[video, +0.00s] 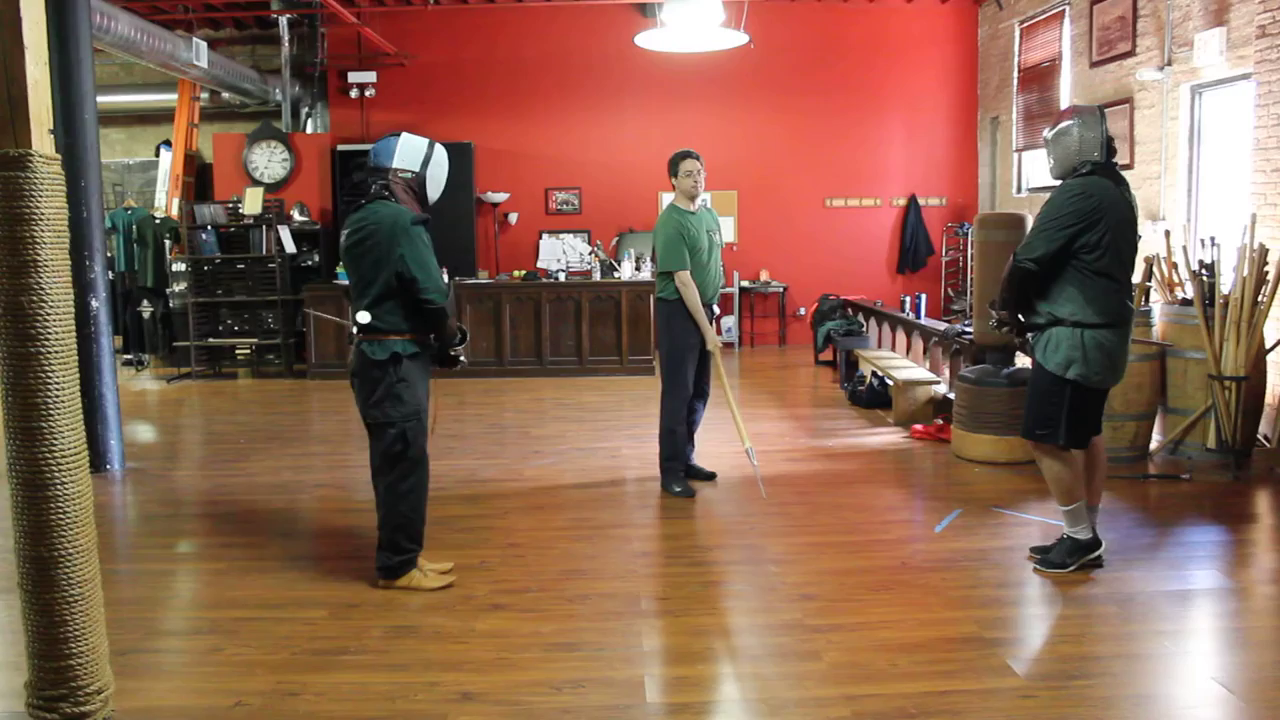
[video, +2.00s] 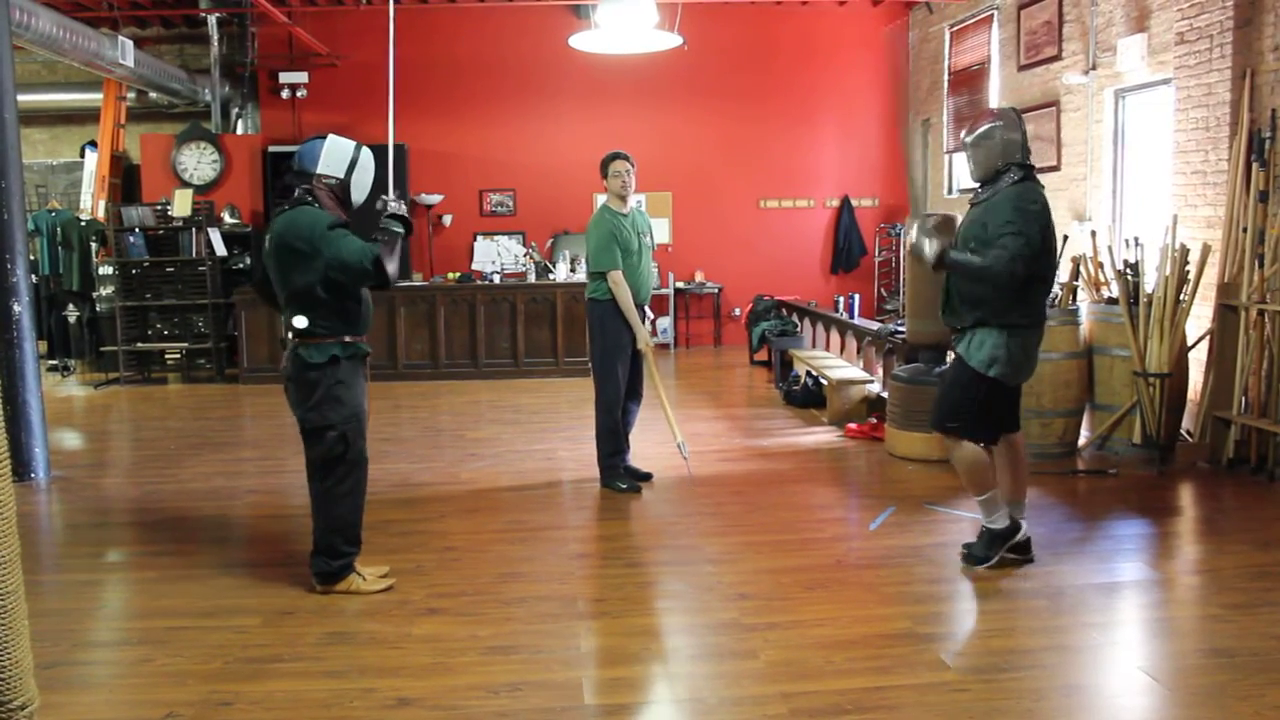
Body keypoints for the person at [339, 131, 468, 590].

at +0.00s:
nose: (427, 192)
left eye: (426, 183)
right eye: (422, 181)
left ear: (382, 178)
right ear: (403, 177)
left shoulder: (359, 222)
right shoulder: (401, 222)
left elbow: (377, 294)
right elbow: (432, 294)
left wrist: (434, 336)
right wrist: (450, 340)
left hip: (375, 357)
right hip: (396, 359)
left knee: (394, 461)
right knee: (404, 463)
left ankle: (399, 557)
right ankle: (398, 566)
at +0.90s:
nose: (418, 194)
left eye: (417, 186)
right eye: (412, 184)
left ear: (381, 181)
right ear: (391, 180)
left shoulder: (361, 221)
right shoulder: (387, 223)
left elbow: (423, 269)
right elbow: (436, 280)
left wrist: (480, 282)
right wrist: (492, 288)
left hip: (383, 355)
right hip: (398, 357)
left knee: (399, 460)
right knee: (410, 460)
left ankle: (399, 558)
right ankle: (400, 565)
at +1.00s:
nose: (394, 192)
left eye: (394, 183)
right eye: (390, 181)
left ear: (357, 176)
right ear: (369, 175)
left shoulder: (340, 219)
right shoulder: (351, 221)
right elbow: (399, 267)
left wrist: (430, 277)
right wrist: (460, 265)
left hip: (364, 353)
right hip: (368, 355)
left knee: (377, 458)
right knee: (380, 459)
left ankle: (373, 558)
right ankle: (372, 564)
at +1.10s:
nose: (379, 193)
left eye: (378, 184)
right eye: (374, 182)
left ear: (344, 180)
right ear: (351, 178)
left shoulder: (340, 221)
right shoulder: (324, 221)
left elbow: (369, 260)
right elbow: (367, 259)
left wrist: (434, 239)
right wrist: (436, 242)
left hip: (367, 355)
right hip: (349, 357)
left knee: (369, 459)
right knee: (364, 460)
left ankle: (361, 560)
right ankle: (358, 566)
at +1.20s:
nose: (352, 187)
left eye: (351, 179)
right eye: (346, 178)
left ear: (327, 179)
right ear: (325, 176)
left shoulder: (329, 218)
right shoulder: (299, 219)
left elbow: (357, 249)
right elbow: (331, 253)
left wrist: (404, 224)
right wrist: (382, 226)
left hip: (351, 353)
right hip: (328, 356)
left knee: (351, 457)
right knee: (343, 458)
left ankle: (343, 561)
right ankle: (339, 567)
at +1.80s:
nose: (350, 191)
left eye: (350, 182)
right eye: (345, 181)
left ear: (314, 178)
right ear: (324, 177)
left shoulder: (307, 223)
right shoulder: (297, 225)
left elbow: (347, 271)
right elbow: (344, 277)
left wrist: (404, 244)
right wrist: (401, 241)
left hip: (334, 358)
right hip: (319, 360)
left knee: (339, 462)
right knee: (336, 464)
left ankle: (336, 563)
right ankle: (334, 570)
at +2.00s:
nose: (354, 199)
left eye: (355, 191)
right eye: (351, 189)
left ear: (314, 182)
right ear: (330, 182)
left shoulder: (286, 225)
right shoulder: (313, 225)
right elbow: (372, 265)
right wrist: (391, 223)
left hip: (315, 360)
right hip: (331, 362)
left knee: (333, 466)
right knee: (342, 465)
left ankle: (335, 563)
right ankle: (335, 570)